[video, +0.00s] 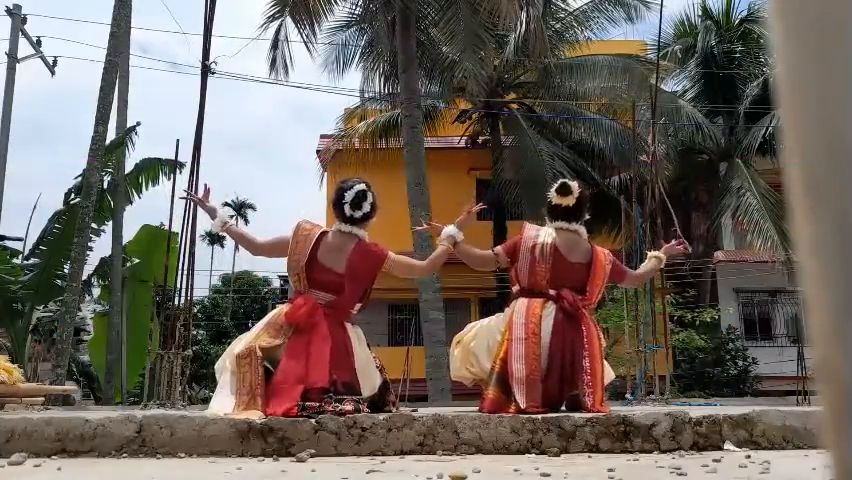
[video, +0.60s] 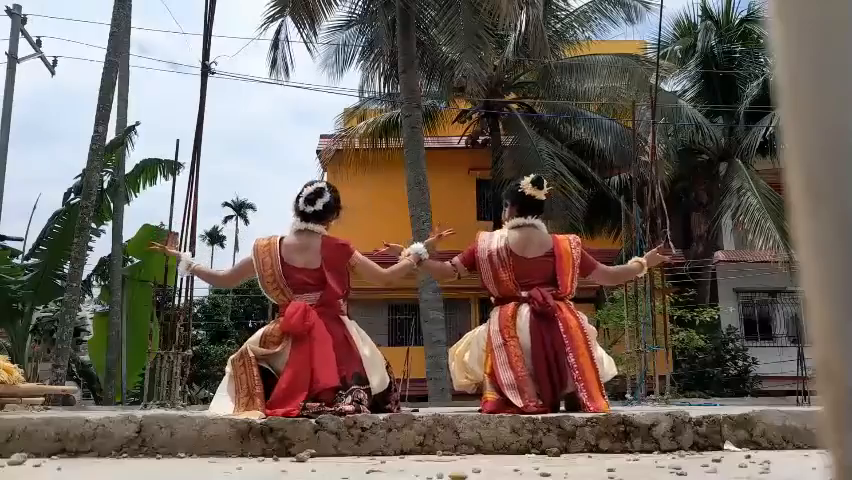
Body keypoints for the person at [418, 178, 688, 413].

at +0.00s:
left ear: (549, 208)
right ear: (584, 212)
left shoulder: (528, 238)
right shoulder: (595, 253)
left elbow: (486, 260)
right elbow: (633, 278)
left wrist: (452, 240)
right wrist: (659, 257)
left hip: (524, 323)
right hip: (573, 329)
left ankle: (513, 397)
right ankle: (576, 397)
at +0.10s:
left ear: (545, 208)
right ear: (580, 213)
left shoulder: (522, 238)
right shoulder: (593, 254)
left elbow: (479, 262)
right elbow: (631, 280)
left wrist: (447, 245)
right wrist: (655, 264)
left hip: (520, 329)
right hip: (572, 335)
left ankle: (513, 397)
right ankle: (572, 397)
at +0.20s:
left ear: (538, 208)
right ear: (574, 212)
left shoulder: (516, 241)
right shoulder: (588, 253)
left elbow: (473, 265)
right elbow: (628, 281)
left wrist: (442, 250)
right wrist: (655, 267)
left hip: (518, 331)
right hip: (569, 334)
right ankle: (573, 400)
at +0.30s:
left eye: (534, 207)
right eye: (558, 207)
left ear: (531, 210)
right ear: (566, 212)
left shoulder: (510, 242)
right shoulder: (585, 251)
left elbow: (469, 267)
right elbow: (623, 282)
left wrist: (434, 254)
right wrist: (653, 268)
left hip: (517, 334)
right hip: (569, 336)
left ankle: (510, 398)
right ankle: (569, 397)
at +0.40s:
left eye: (526, 208)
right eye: (549, 208)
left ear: (524, 211)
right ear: (558, 212)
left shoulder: (503, 243)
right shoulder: (579, 250)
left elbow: (463, 268)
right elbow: (620, 280)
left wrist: (428, 258)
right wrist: (651, 269)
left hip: (515, 333)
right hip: (567, 334)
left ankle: (513, 399)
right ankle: (572, 398)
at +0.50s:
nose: (511, 213)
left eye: (513, 208)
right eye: (521, 207)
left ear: (517, 211)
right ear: (551, 212)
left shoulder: (495, 244)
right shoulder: (573, 248)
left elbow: (453, 269)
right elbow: (616, 279)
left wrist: (421, 255)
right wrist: (649, 266)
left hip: (512, 333)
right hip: (566, 333)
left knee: (510, 404)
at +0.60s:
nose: (503, 213)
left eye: (504, 208)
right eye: (506, 208)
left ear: (510, 210)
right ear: (541, 211)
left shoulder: (487, 243)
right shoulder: (567, 245)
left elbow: (448, 270)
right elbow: (609, 275)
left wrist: (417, 255)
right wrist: (645, 262)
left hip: (510, 330)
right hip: (563, 328)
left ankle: (510, 402)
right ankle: (580, 402)